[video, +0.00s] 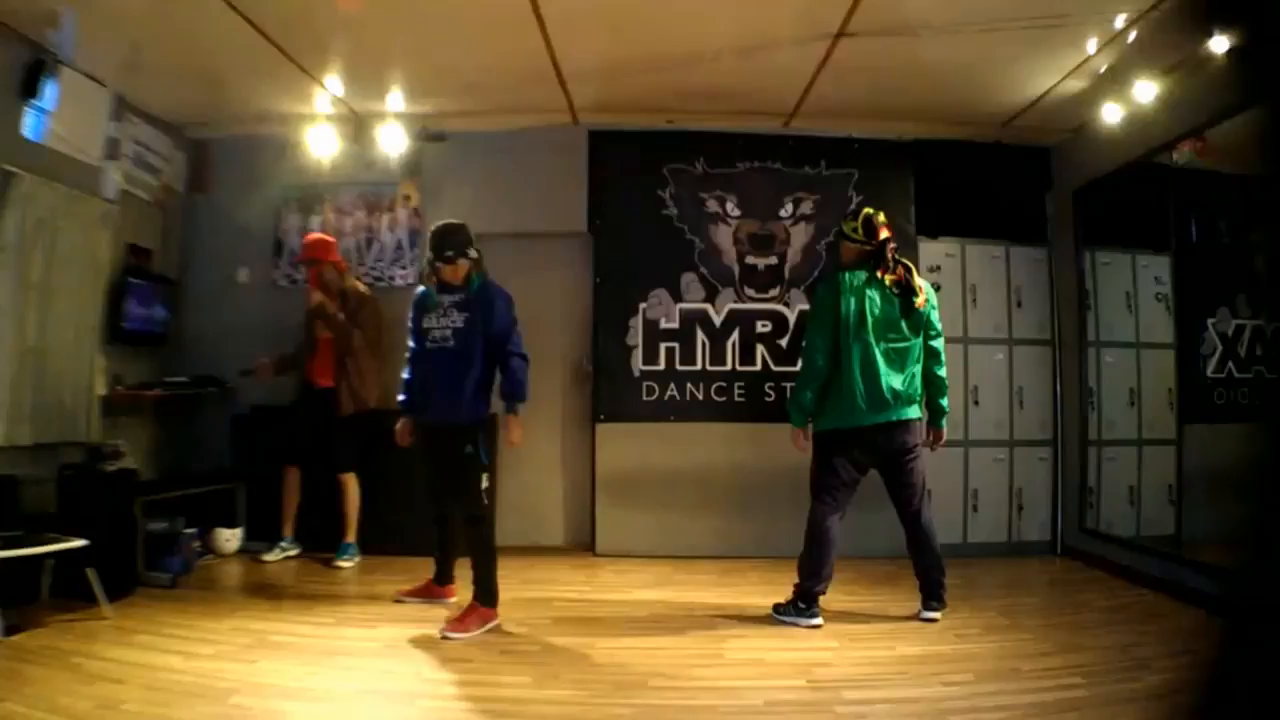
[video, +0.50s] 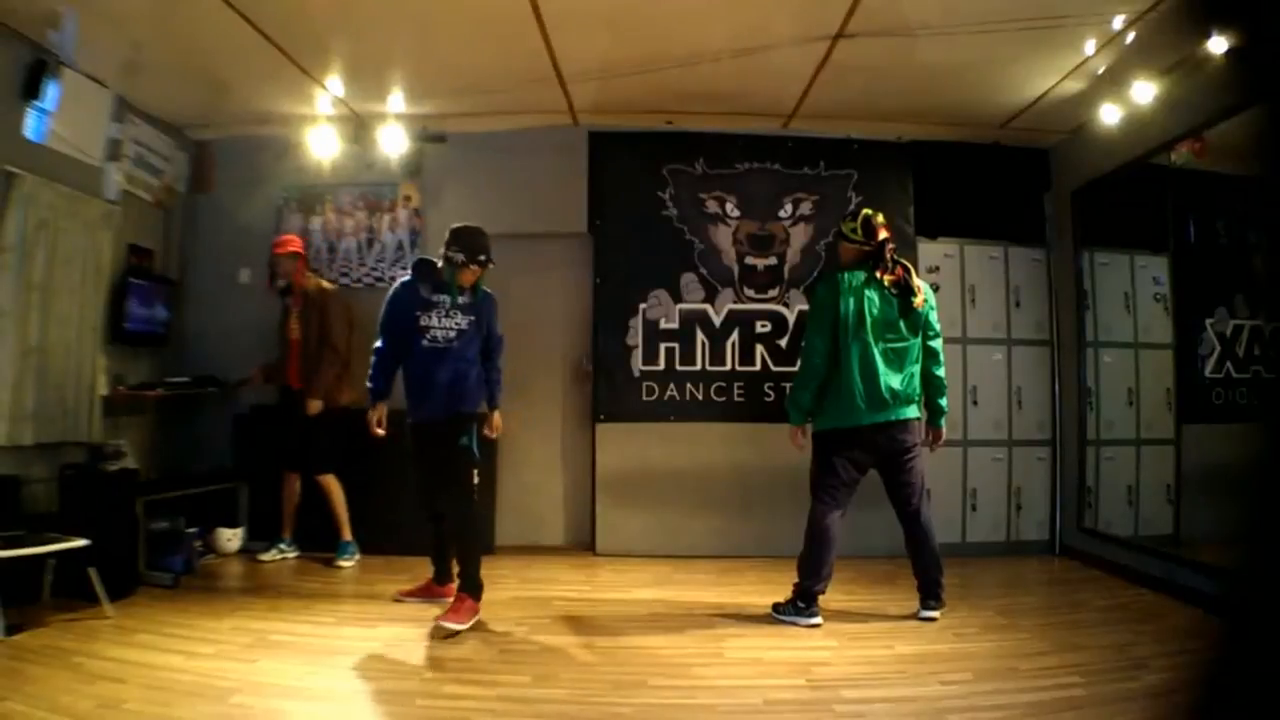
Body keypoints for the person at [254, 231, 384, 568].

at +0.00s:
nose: (311, 275)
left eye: (315, 267)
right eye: (308, 267)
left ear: (334, 264)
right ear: (308, 269)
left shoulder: (362, 299)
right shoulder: (317, 301)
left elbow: (360, 344)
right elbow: (309, 352)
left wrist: (327, 310)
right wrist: (277, 365)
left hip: (345, 394)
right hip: (312, 391)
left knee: (346, 468)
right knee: (293, 462)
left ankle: (350, 542)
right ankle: (288, 538)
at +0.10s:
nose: (310, 275)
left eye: (316, 267)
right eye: (307, 268)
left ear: (334, 265)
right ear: (305, 269)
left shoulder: (359, 300)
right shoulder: (317, 302)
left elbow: (359, 345)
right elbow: (308, 353)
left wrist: (326, 317)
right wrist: (276, 365)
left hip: (345, 395)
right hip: (311, 392)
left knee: (345, 468)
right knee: (295, 463)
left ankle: (350, 542)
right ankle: (288, 539)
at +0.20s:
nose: (305, 275)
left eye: (310, 267)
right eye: (302, 268)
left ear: (327, 265)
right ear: (302, 270)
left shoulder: (354, 299)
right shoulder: (311, 301)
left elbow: (361, 345)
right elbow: (303, 355)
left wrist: (323, 330)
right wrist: (273, 368)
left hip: (341, 395)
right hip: (308, 392)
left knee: (343, 467)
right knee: (298, 465)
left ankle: (349, 542)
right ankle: (288, 539)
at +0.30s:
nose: (298, 272)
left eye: (302, 264)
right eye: (295, 265)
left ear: (317, 263)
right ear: (296, 267)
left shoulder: (343, 295)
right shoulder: (305, 301)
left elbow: (352, 348)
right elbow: (303, 353)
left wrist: (314, 358)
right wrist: (273, 370)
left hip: (336, 394)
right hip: (305, 393)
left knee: (336, 467)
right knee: (297, 465)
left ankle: (349, 542)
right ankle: (287, 539)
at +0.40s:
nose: (287, 269)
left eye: (291, 262)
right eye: (285, 263)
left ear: (308, 261)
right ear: (290, 265)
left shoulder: (337, 296)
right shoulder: (298, 301)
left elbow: (345, 351)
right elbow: (297, 355)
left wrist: (318, 379)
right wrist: (271, 372)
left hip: (332, 398)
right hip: (300, 395)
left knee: (331, 468)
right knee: (293, 466)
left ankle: (348, 542)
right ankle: (287, 538)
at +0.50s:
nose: (280, 268)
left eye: (285, 261)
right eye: (277, 262)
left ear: (300, 261)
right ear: (277, 266)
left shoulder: (327, 296)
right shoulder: (288, 300)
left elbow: (335, 349)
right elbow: (290, 355)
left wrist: (319, 392)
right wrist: (268, 374)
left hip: (323, 397)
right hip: (293, 394)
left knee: (322, 469)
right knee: (291, 468)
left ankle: (347, 541)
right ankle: (287, 539)